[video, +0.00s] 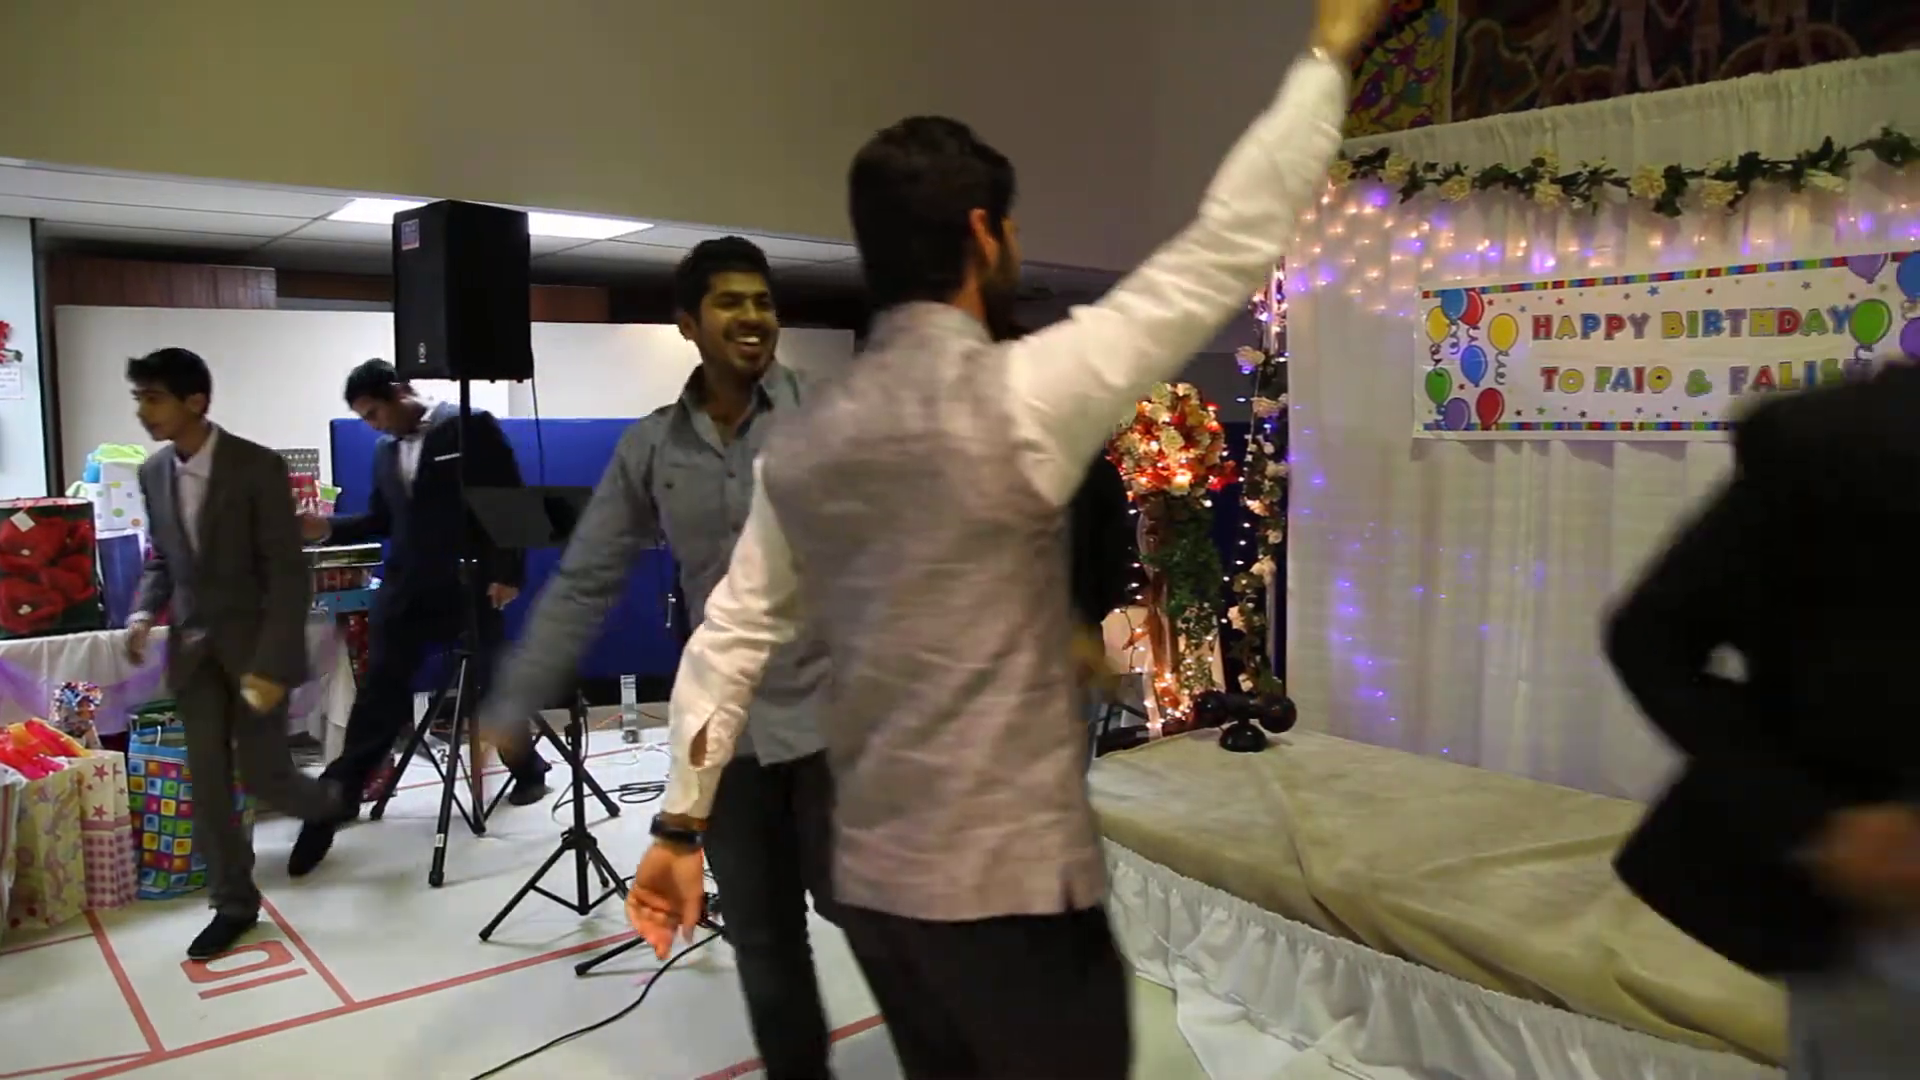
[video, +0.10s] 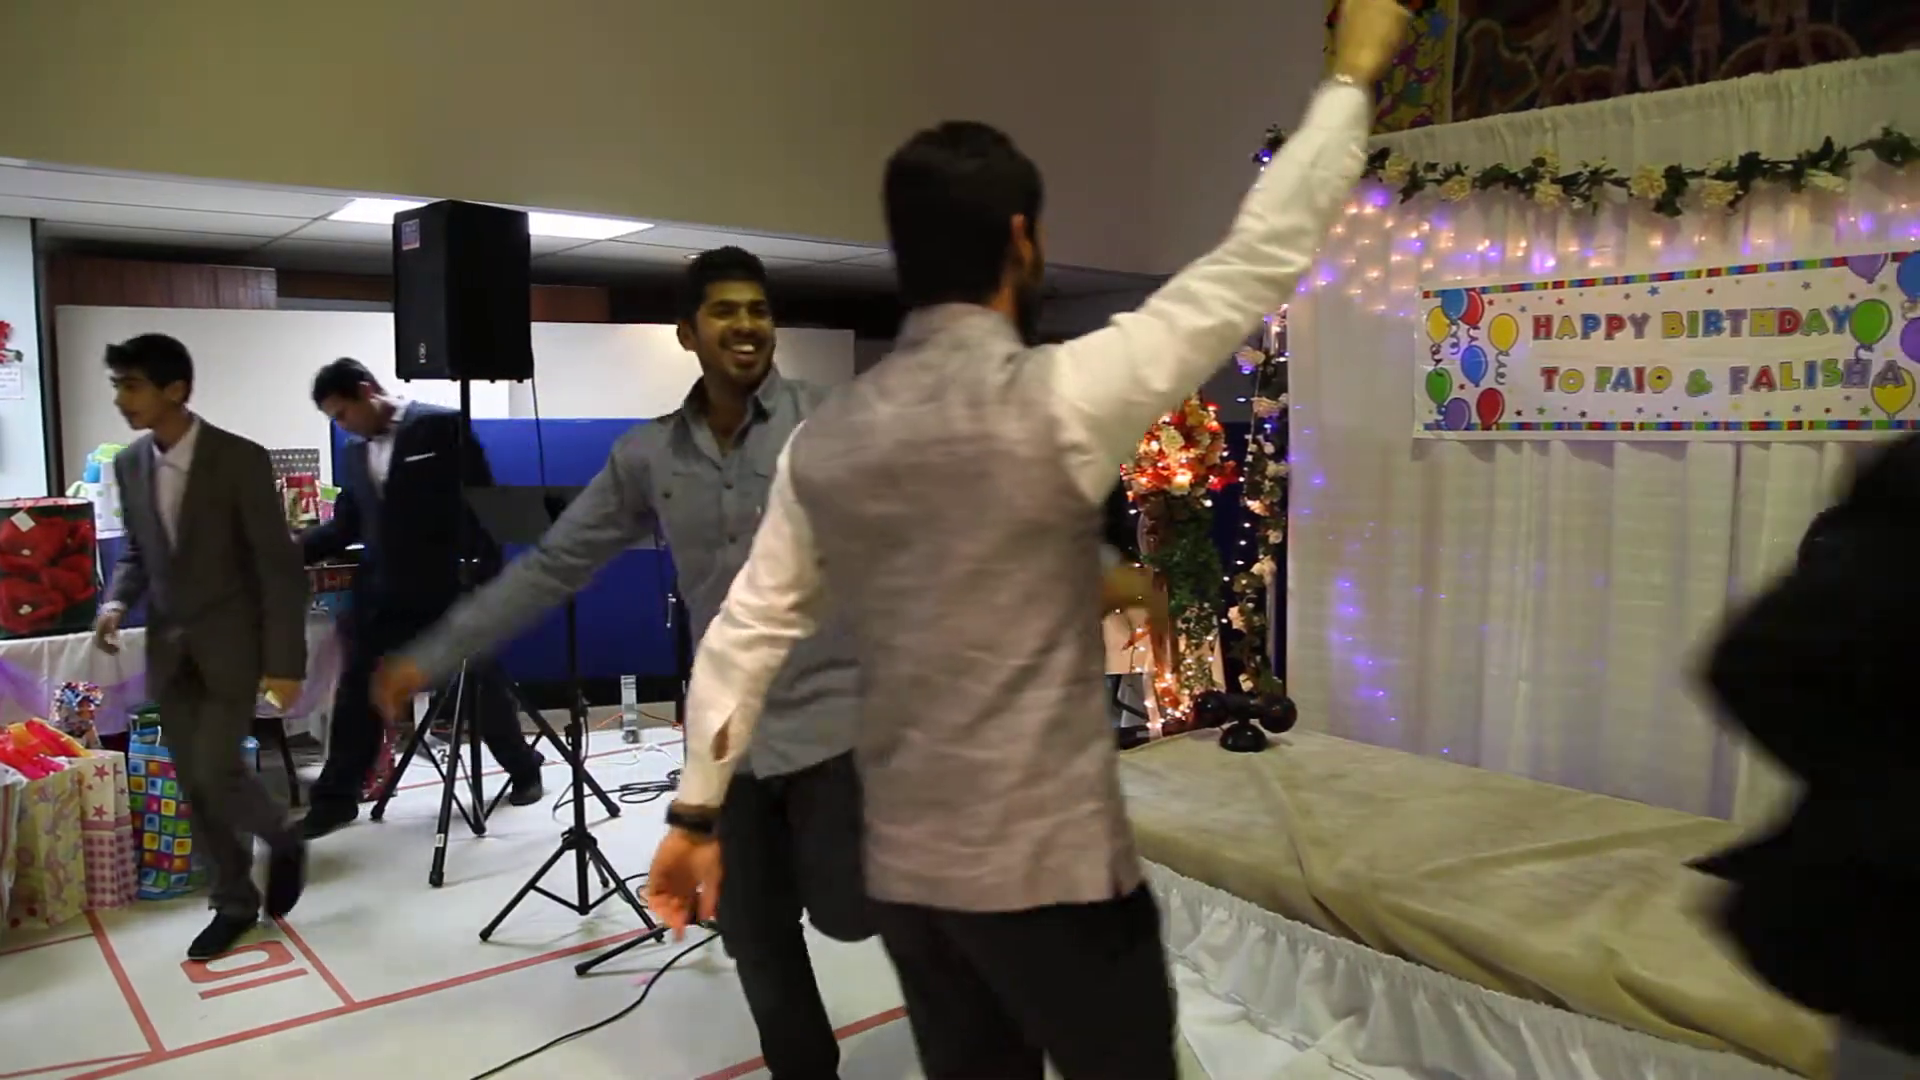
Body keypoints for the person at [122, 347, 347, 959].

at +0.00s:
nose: (141, 411)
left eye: (152, 399)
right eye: (138, 400)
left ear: (194, 400)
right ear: (155, 404)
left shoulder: (258, 466)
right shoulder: (154, 474)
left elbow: (290, 572)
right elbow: (162, 561)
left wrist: (274, 665)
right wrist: (145, 613)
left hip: (253, 646)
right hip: (193, 649)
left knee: (264, 775)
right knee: (209, 782)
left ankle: (328, 807)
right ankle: (236, 904)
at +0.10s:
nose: (118, 399)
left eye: (129, 387)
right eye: (116, 387)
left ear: (174, 389)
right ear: (139, 394)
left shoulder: (241, 458)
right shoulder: (129, 466)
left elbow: (281, 565)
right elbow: (137, 553)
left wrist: (284, 662)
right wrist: (116, 603)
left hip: (231, 644)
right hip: (168, 647)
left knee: (215, 773)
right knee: (196, 783)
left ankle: (283, 836)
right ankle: (234, 903)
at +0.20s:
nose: (95, 393)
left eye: (107, 381)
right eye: (94, 381)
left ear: (153, 386)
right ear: (122, 388)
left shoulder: (221, 459)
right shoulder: (105, 462)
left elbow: (276, 565)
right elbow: (108, 553)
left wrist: (282, 664)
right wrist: (90, 603)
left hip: (213, 640)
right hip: (147, 645)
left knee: (183, 771)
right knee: (181, 777)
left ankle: (229, 911)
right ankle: (230, 897)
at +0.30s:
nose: (70, 401)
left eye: (82, 388)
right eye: (67, 388)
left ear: (130, 393)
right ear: (96, 396)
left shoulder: (200, 473)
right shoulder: (81, 471)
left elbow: (258, 578)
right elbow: (81, 566)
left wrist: (270, 684)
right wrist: (63, 623)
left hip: (188, 666)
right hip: (126, 669)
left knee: (167, 811)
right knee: (179, 799)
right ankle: (238, 899)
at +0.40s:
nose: (45, 409)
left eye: (57, 397)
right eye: (43, 396)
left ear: (108, 401)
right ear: (64, 404)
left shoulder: (173, 489)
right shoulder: (56, 481)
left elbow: (218, 601)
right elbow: (54, 586)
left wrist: (237, 710)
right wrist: (33, 649)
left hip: (155, 690)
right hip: (95, 691)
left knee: (123, 841)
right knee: (163, 812)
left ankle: (106, 1010)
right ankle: (230, 895)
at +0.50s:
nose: (10, 405)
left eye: (23, 392)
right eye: (10, 391)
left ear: (74, 398)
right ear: (46, 401)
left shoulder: (142, 491)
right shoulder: (25, 482)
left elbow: (175, 614)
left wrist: (175, 731)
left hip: (119, 690)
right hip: (52, 694)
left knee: (80, 847)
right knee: (96, 831)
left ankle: (100, 1017)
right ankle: (199, 884)